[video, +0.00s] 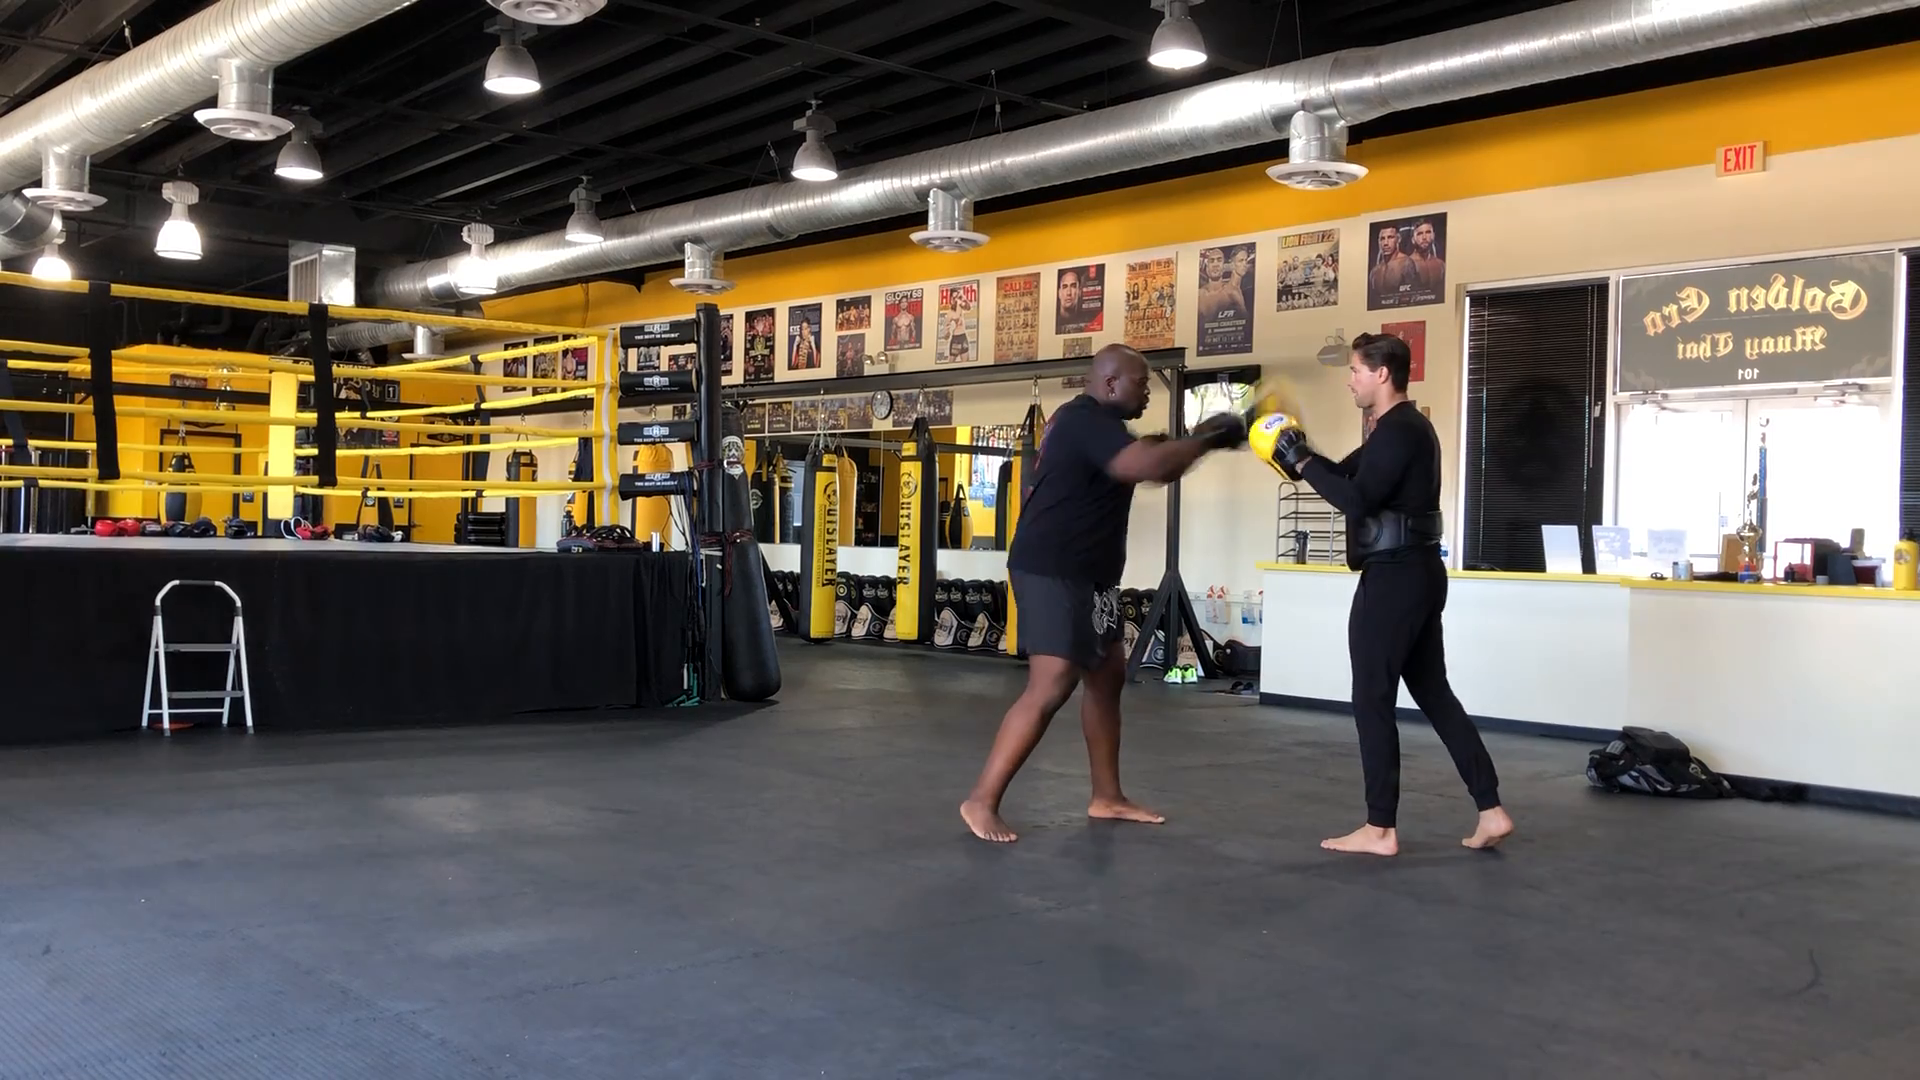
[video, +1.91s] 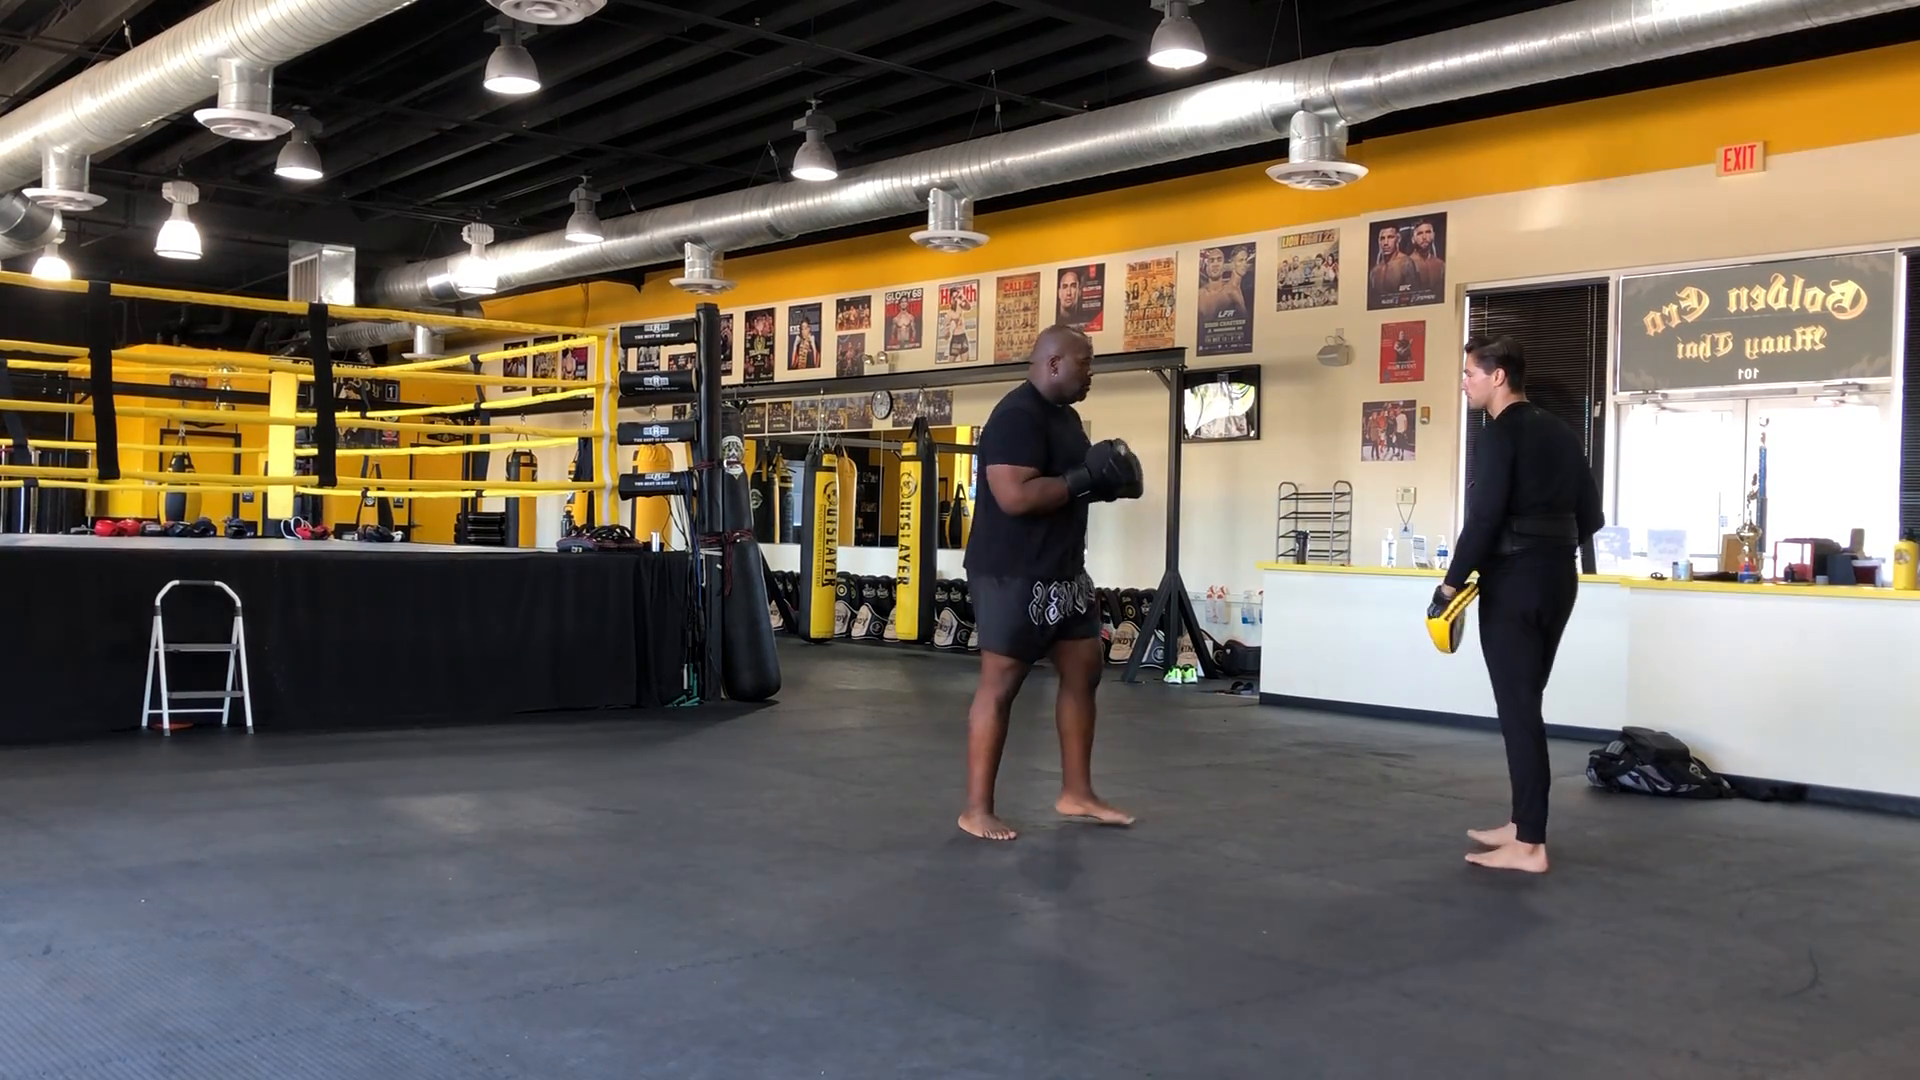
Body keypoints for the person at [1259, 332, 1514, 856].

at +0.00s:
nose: (1349, 382)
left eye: (1356, 372)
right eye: (1350, 373)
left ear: (1383, 375)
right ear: (1387, 375)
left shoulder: (1395, 430)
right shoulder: (1404, 425)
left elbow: (1357, 501)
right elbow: (1347, 478)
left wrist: (1301, 460)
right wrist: (1298, 457)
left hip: (1390, 579)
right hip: (1419, 576)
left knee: (1371, 702)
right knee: (1435, 695)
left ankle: (1380, 829)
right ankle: (1491, 811)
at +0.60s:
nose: (1365, 375)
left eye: (1374, 367)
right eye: (1367, 366)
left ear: (1402, 375)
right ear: (1403, 376)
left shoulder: (1409, 429)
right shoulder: (1415, 427)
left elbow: (1389, 505)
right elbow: (1352, 492)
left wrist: (1328, 501)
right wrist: (1337, 429)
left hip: (1395, 579)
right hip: (1423, 575)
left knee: (1374, 702)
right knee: (1433, 691)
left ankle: (1380, 828)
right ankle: (1496, 806)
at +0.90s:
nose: (1404, 381)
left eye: (1411, 373)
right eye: (1404, 373)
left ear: (1439, 376)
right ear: (1441, 377)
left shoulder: (1445, 434)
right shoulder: (1462, 430)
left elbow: (1430, 512)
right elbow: (1414, 492)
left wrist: (1369, 559)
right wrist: (1370, 450)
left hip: (1419, 584)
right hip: (1452, 584)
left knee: (1387, 702)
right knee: (1463, 699)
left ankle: (1380, 828)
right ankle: (1512, 818)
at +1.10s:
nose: (1435, 388)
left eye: (1442, 378)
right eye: (1435, 379)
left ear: (1471, 381)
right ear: (1476, 382)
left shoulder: (1463, 435)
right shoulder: (1508, 437)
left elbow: (1445, 514)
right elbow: (1475, 500)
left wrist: (1401, 582)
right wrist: (1433, 455)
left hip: (1449, 586)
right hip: (1492, 586)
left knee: (1405, 701)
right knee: (1502, 707)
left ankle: (1384, 826)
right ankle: (1518, 830)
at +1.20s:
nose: (1444, 386)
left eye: (1451, 377)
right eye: (1445, 377)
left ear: (1479, 380)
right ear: (1485, 381)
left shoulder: (1473, 433)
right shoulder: (1519, 435)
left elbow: (1461, 510)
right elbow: (1515, 515)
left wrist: (1426, 580)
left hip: (1465, 587)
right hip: (1507, 588)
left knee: (1417, 699)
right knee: (1515, 710)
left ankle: (1392, 825)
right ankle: (1519, 831)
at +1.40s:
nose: (1456, 386)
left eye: (1462, 376)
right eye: (1457, 377)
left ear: (1491, 379)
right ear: (1497, 380)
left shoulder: (1488, 432)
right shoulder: (1542, 439)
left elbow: (1479, 509)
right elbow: (1563, 525)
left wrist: (1451, 580)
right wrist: (1523, 560)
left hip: (1481, 585)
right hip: (1526, 589)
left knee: (1436, 699)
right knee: (1524, 708)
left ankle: (1464, 825)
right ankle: (1521, 830)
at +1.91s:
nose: (1465, 384)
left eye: (1470, 375)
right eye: (1465, 374)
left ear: (1497, 377)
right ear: (1504, 378)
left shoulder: (1498, 432)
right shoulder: (1557, 428)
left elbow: (1485, 516)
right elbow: (1590, 509)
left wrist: (1450, 584)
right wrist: (1551, 544)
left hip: (1514, 575)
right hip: (1559, 574)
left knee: (1518, 709)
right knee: (1524, 705)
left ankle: (1529, 845)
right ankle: (1523, 823)